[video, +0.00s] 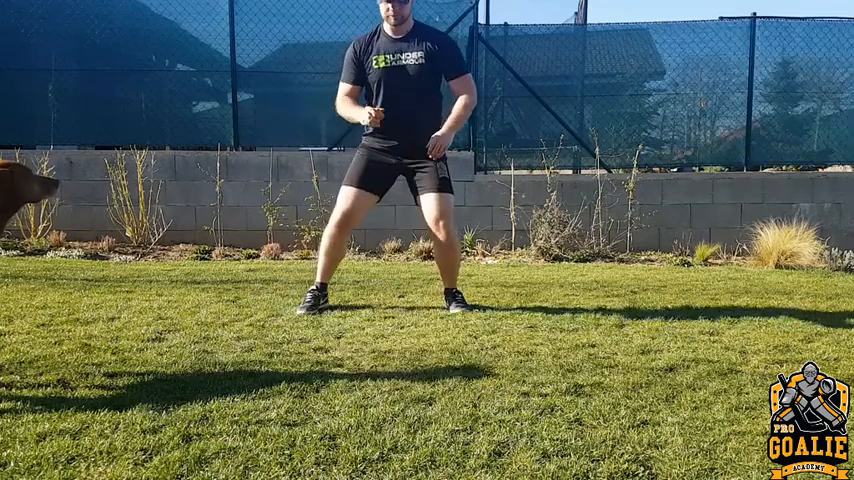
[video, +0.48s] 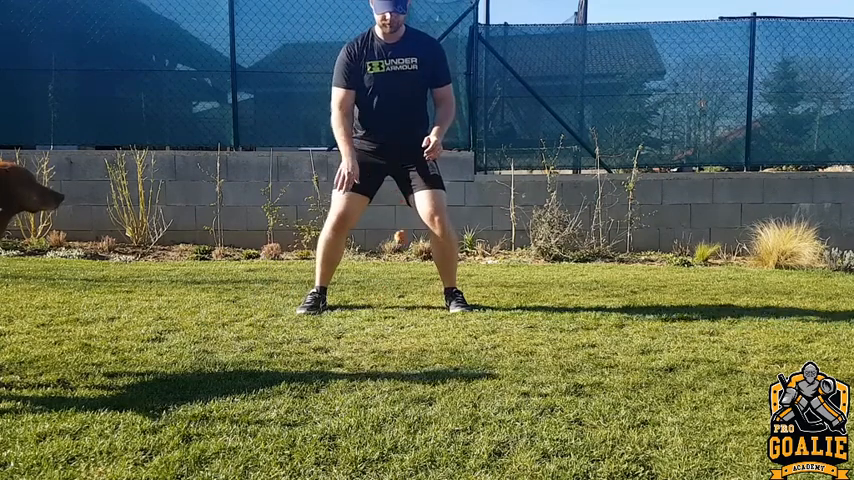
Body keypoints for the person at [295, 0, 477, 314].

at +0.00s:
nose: (393, 8)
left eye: (400, 2)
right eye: (387, 2)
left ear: (411, 4)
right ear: (379, 5)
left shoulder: (438, 42)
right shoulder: (361, 47)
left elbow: (467, 94)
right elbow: (343, 101)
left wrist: (447, 131)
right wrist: (362, 113)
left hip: (425, 148)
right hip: (377, 147)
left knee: (441, 226)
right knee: (342, 216)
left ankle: (452, 293)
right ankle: (318, 290)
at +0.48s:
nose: (389, 17)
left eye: (396, 11)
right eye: (382, 11)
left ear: (406, 9)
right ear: (372, 10)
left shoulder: (428, 48)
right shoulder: (353, 52)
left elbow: (446, 103)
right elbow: (340, 109)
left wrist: (438, 132)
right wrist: (347, 155)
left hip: (415, 148)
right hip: (367, 149)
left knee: (438, 220)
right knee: (337, 221)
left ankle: (452, 293)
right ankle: (318, 293)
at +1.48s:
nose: (361, 28)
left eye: (367, 21)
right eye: (354, 22)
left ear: (378, 13)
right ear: (345, 17)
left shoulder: (406, 47)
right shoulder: (328, 56)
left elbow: (428, 104)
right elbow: (311, 112)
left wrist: (411, 142)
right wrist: (332, 107)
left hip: (398, 147)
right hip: (351, 149)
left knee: (429, 215)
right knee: (329, 219)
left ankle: (452, 291)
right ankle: (317, 293)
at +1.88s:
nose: (376, 20)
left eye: (383, 14)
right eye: (369, 14)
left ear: (393, 12)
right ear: (360, 14)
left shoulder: (419, 50)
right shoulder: (342, 53)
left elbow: (438, 104)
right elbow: (331, 106)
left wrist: (425, 140)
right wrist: (356, 127)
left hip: (405, 148)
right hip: (358, 148)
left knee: (433, 218)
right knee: (333, 219)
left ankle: (452, 291)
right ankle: (317, 293)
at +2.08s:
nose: (382, 19)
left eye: (389, 13)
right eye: (375, 13)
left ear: (397, 12)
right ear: (365, 12)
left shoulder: (421, 51)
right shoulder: (343, 53)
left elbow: (439, 104)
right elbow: (327, 112)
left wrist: (431, 136)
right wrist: (320, 162)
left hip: (405, 151)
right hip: (357, 152)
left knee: (434, 219)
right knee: (333, 223)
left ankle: (452, 291)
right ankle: (317, 293)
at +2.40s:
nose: (416, 30)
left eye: (420, 23)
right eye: (410, 22)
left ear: (424, 20)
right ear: (388, 16)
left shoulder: (431, 63)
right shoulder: (354, 56)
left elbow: (449, 118)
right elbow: (327, 109)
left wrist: (471, 161)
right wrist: (319, 160)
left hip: (411, 154)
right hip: (363, 154)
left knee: (446, 216)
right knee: (338, 224)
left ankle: (464, 290)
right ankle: (317, 293)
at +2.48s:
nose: (435, 35)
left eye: (439, 29)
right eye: (429, 27)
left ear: (443, 27)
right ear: (407, 19)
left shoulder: (444, 70)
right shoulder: (369, 58)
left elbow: (465, 125)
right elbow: (338, 111)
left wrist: (488, 166)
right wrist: (331, 163)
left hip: (420, 158)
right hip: (372, 156)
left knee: (455, 216)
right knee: (345, 226)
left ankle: (473, 294)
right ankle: (318, 293)